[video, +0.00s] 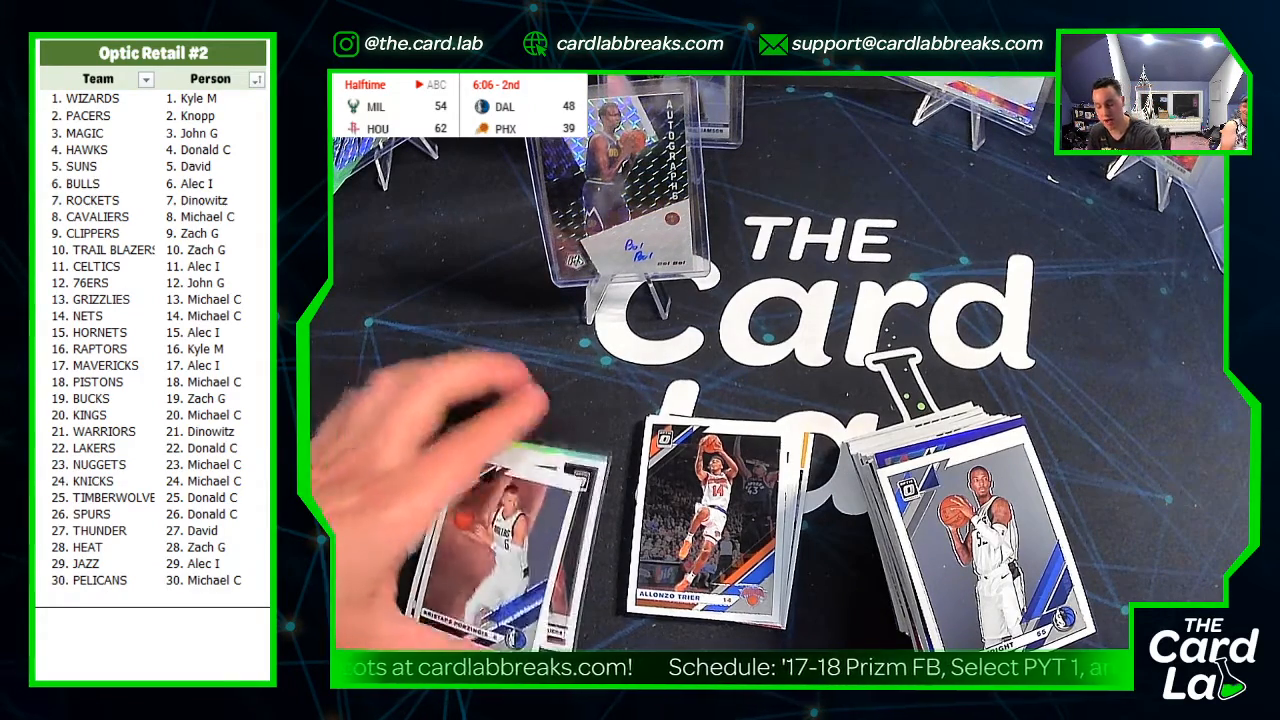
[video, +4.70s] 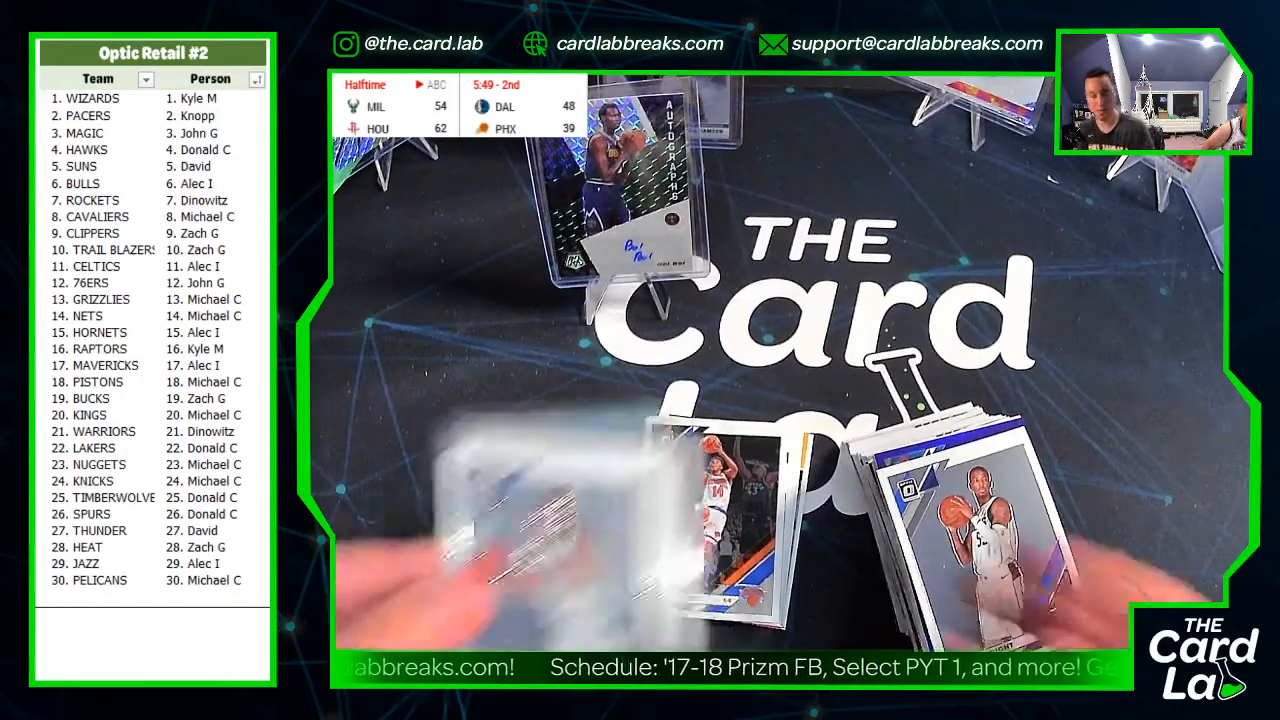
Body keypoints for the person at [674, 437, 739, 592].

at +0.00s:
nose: (714, 463)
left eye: (717, 462)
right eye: (713, 461)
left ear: (721, 465)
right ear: (709, 465)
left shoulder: (727, 476)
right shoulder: (706, 476)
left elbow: (734, 468)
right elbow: (698, 470)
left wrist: (722, 452)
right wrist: (700, 450)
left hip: (721, 513)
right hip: (706, 507)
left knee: (707, 550)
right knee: (704, 512)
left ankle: (688, 579)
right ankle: (688, 540)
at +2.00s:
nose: (714, 464)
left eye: (717, 462)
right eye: (713, 462)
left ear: (721, 465)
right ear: (709, 465)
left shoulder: (727, 476)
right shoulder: (706, 477)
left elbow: (734, 469)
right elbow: (699, 471)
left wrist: (721, 452)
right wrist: (700, 451)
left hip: (720, 513)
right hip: (706, 507)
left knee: (707, 550)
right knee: (704, 512)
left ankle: (688, 579)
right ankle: (688, 540)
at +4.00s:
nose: (714, 463)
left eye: (717, 462)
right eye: (712, 461)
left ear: (721, 466)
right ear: (709, 465)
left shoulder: (727, 476)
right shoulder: (705, 477)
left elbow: (734, 469)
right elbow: (698, 471)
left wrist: (721, 452)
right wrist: (700, 450)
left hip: (720, 512)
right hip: (705, 507)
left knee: (707, 550)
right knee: (705, 512)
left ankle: (688, 580)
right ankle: (688, 540)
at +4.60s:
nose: (714, 464)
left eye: (717, 462)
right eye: (713, 462)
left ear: (721, 465)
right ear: (709, 465)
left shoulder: (727, 476)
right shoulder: (705, 477)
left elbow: (734, 469)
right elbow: (698, 471)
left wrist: (722, 452)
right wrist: (700, 451)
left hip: (720, 513)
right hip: (706, 507)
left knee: (707, 550)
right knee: (705, 512)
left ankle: (688, 580)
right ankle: (688, 540)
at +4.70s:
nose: (714, 464)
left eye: (717, 462)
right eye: (712, 462)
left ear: (721, 465)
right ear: (709, 464)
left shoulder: (726, 476)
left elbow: (734, 468)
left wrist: (722, 453)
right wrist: (700, 449)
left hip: (719, 510)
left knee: (708, 544)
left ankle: (708, 576)